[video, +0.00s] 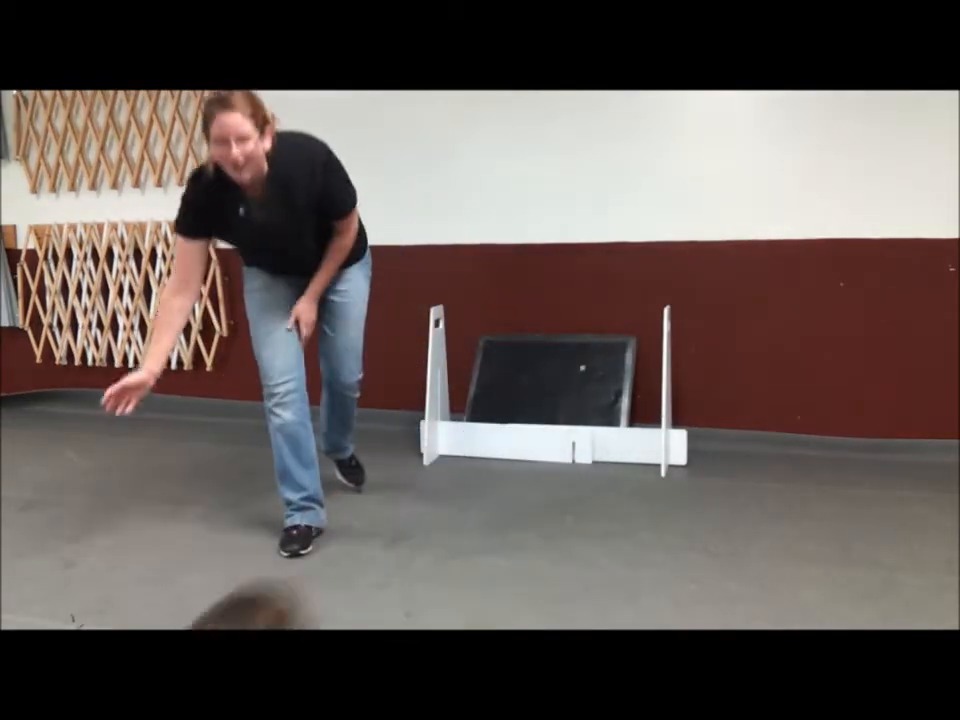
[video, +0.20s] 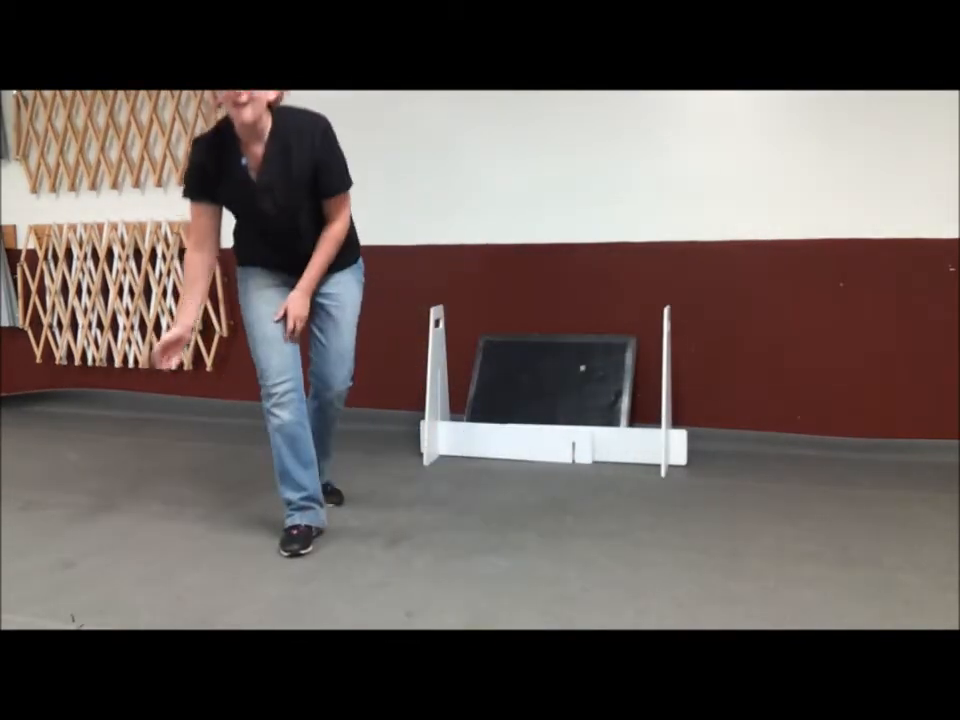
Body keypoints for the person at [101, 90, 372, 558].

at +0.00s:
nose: (234, 153)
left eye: (243, 139)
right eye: (222, 142)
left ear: (265, 134)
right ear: (208, 145)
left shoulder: (310, 159)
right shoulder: (204, 191)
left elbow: (347, 229)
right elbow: (181, 288)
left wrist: (313, 294)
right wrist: (149, 369)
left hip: (339, 264)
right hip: (269, 273)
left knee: (345, 376)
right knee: (282, 390)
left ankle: (339, 446)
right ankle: (302, 511)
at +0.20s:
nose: (240, 92)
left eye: (252, 85)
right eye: (230, 87)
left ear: (274, 92)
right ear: (218, 97)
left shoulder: (311, 131)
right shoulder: (209, 151)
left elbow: (339, 219)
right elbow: (200, 246)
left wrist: (304, 290)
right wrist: (185, 323)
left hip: (333, 265)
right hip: (264, 269)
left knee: (333, 385)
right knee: (280, 389)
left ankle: (315, 474)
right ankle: (301, 512)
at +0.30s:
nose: (329, 114)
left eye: (332, 105)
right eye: (323, 104)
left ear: (298, 100)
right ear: (289, 96)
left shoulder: (318, 139)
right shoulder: (212, 137)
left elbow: (353, 219)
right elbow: (176, 216)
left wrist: (398, 283)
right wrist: (248, 260)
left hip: (292, 270)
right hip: (225, 275)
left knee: (335, 365)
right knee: (230, 396)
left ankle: (339, 478)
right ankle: (214, 521)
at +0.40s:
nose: (352, 126)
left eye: (356, 117)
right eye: (348, 116)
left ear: (328, 107)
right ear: (320, 106)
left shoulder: (338, 156)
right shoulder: (236, 146)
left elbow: (390, 229)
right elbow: (197, 223)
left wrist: (447, 286)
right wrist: (270, 263)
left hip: (307, 275)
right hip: (241, 279)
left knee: (352, 361)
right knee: (247, 393)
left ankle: (384, 461)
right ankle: (214, 495)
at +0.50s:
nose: (386, 142)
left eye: (390, 133)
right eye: (380, 130)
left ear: (372, 129)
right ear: (349, 122)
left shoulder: (369, 177)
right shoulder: (273, 161)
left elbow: (423, 234)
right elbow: (232, 230)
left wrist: (481, 285)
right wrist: (300, 272)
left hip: (322, 282)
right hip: (264, 282)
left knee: (375, 362)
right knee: (261, 398)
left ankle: (406, 451)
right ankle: (213, 518)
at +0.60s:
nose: (432, 162)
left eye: (434, 154)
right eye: (427, 152)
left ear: (408, 151)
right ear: (402, 146)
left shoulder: (404, 196)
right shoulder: (329, 173)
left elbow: (456, 243)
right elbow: (272, 229)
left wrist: (511, 287)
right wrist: (334, 284)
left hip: (346, 286)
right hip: (290, 282)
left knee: (400, 370)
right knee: (279, 394)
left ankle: (404, 455)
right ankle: (220, 518)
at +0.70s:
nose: (467, 185)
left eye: (470, 178)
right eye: (466, 175)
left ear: (449, 172)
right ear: (446, 167)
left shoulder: (439, 214)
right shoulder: (382, 179)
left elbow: (482, 247)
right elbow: (312, 227)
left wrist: (534, 281)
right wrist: (358, 289)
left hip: (363, 287)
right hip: (315, 278)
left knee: (410, 360)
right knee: (307, 382)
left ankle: (411, 456)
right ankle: (242, 506)